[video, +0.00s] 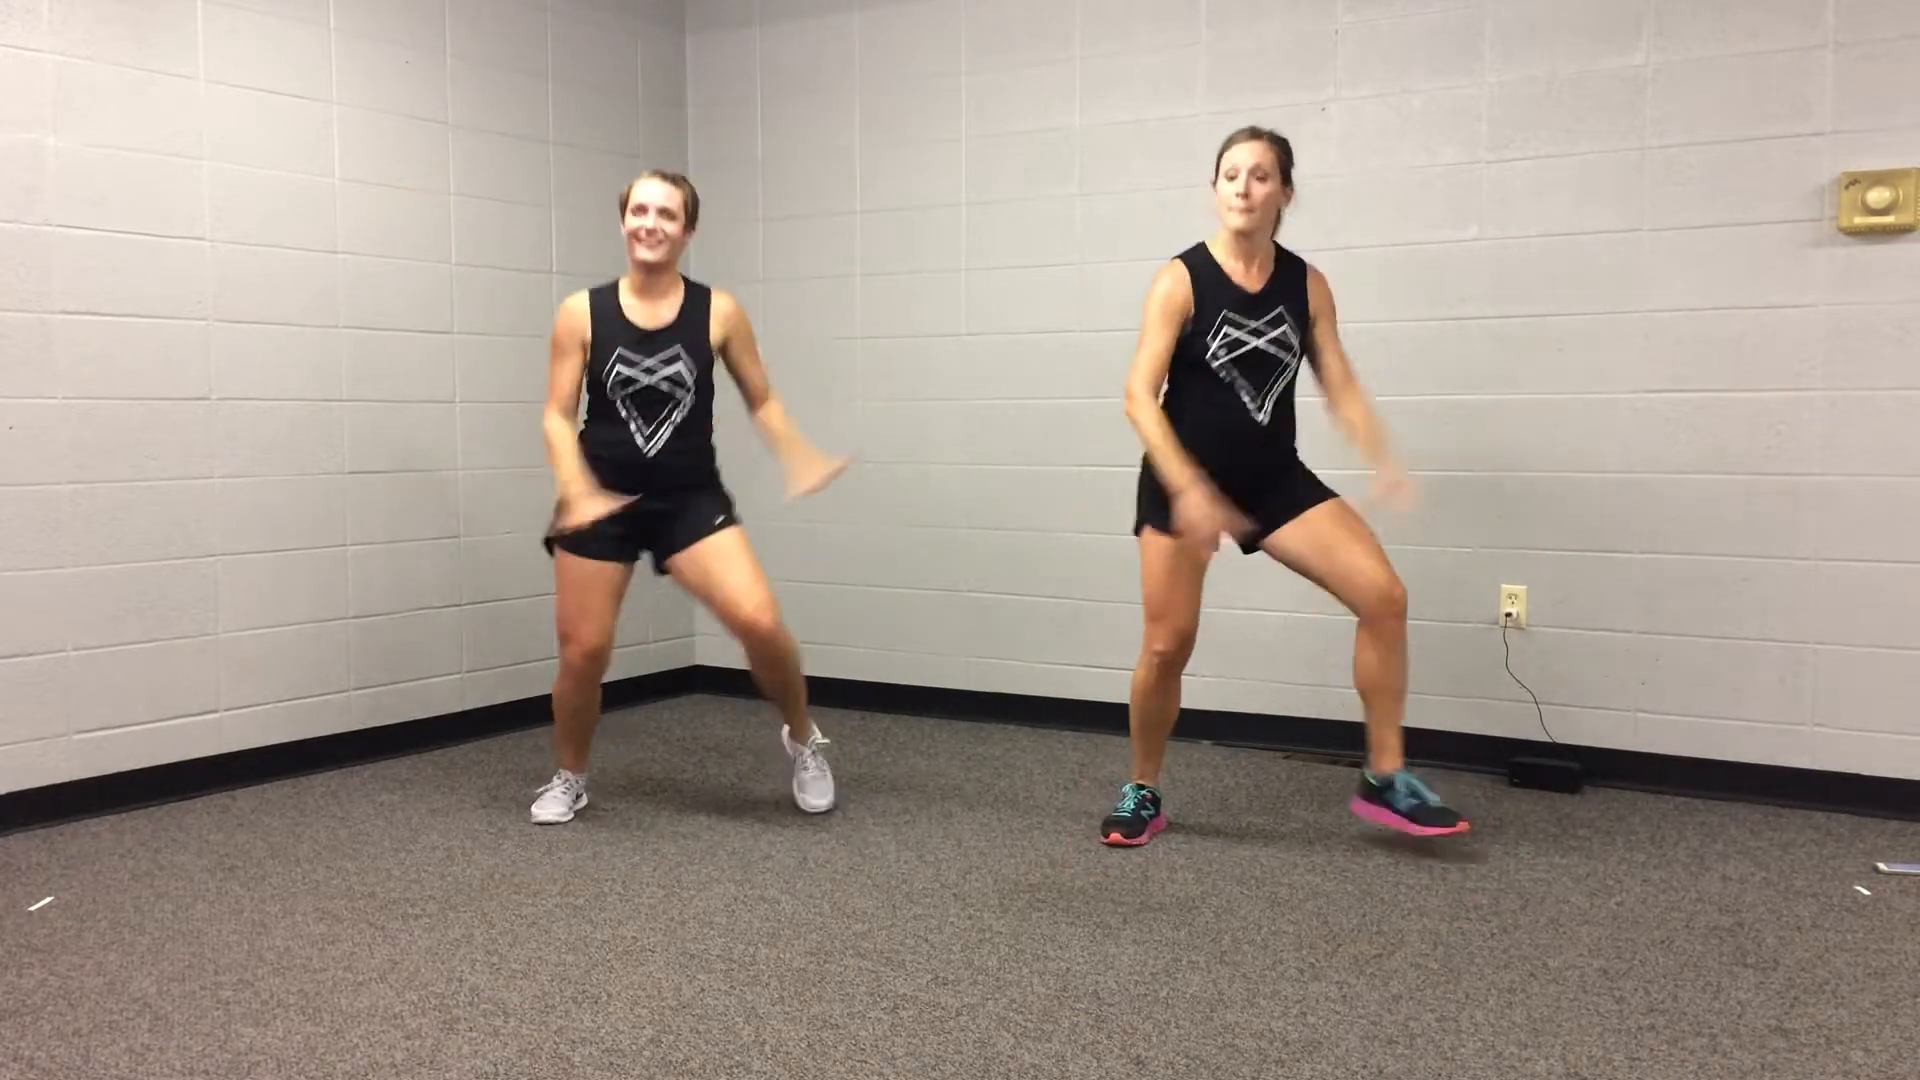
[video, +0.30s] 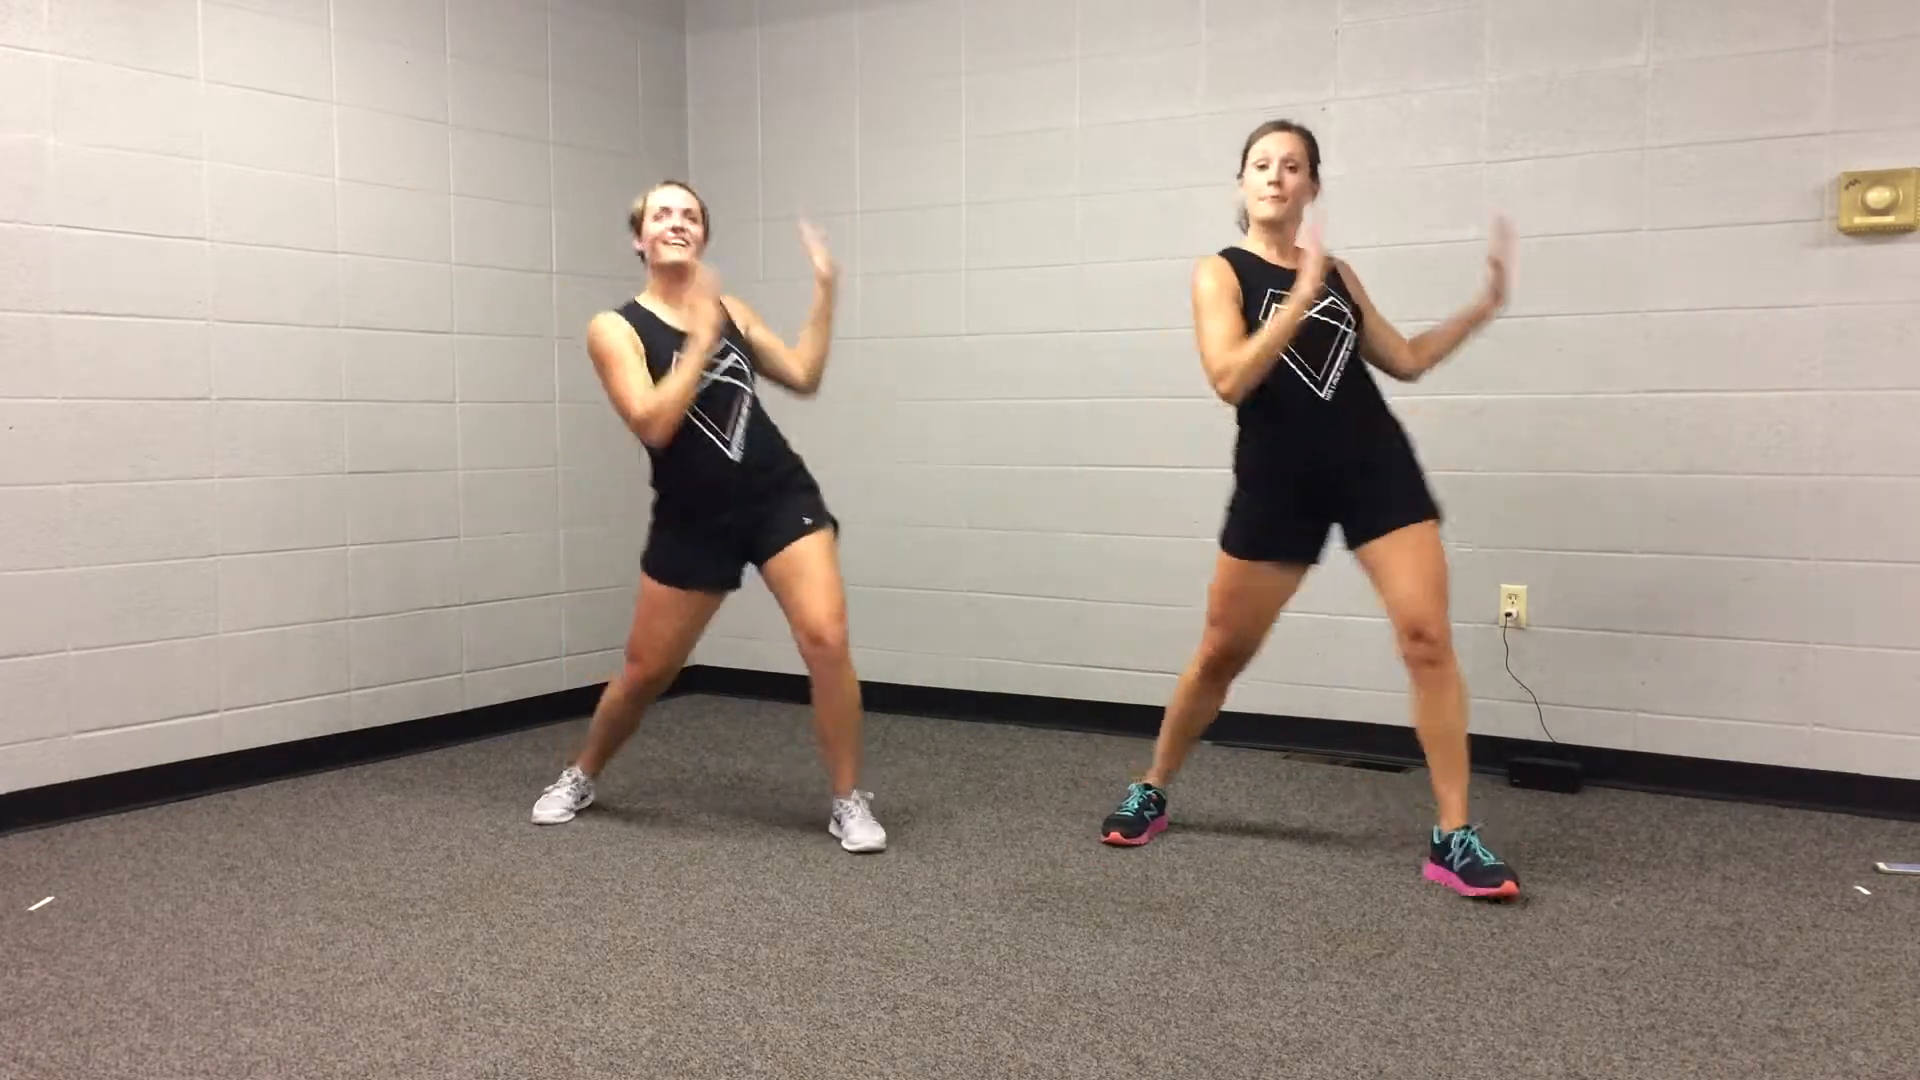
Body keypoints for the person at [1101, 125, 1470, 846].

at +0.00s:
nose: (1244, 186)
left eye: (1260, 176)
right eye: (1232, 174)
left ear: (1284, 194)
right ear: (1214, 189)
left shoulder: (1306, 285)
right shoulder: (1183, 279)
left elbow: (1340, 387)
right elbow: (1138, 396)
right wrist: (1188, 487)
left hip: (1271, 474)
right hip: (1183, 474)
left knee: (1383, 597)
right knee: (1165, 648)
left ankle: (1386, 775)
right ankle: (1141, 788)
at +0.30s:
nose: (1275, 176)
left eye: (1290, 167)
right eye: (1262, 165)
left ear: (1313, 189)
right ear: (1239, 185)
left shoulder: (1334, 273)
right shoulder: (1221, 272)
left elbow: (1405, 359)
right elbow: (1229, 379)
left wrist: (1485, 305)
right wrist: (1303, 293)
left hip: (1375, 470)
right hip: (1280, 481)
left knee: (1426, 638)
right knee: (1220, 653)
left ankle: (1454, 834)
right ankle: (1153, 787)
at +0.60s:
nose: (1304, 156)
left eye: (1318, 144)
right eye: (1289, 149)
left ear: (1346, 164)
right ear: (1271, 174)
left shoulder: (1394, 252)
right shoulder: (1250, 270)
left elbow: (1471, 341)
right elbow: (1208, 373)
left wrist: (1465, 385)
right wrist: (1183, 444)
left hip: (1355, 472)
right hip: (1249, 465)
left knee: (1413, 646)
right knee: (1127, 596)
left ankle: (1452, 834)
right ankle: (1114, 760)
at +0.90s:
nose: (1275, 218)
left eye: (1291, 203)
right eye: (1261, 203)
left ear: (1317, 206)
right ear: (1243, 208)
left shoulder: (1344, 300)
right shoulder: (1208, 287)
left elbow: (1365, 424)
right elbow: (1137, 388)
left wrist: (1310, 394)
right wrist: (1071, 383)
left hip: (1260, 497)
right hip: (1164, 476)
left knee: (1335, 658)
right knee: (1100, 635)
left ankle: (1444, 832)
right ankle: (1105, 807)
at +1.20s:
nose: (1277, 210)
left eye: (1292, 196)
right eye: (1263, 195)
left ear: (1312, 190)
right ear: (1238, 186)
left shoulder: (1336, 259)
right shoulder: (1205, 273)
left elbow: (1384, 330)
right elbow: (1154, 393)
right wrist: (1257, 414)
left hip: (1336, 446)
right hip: (1242, 458)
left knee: (1398, 616)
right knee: (1182, 625)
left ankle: (1419, 779)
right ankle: (1114, 797)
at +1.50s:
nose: (1317, 244)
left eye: (1331, 228)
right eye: (1303, 230)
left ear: (1356, 216)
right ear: (1283, 224)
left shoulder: (1403, 286)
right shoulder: (1268, 311)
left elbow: (1479, 359)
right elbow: (1254, 435)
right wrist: (1342, 474)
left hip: (1401, 468)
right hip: (1307, 475)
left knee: (1435, 641)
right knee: (1224, 630)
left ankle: (1424, 789)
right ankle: (1144, 786)